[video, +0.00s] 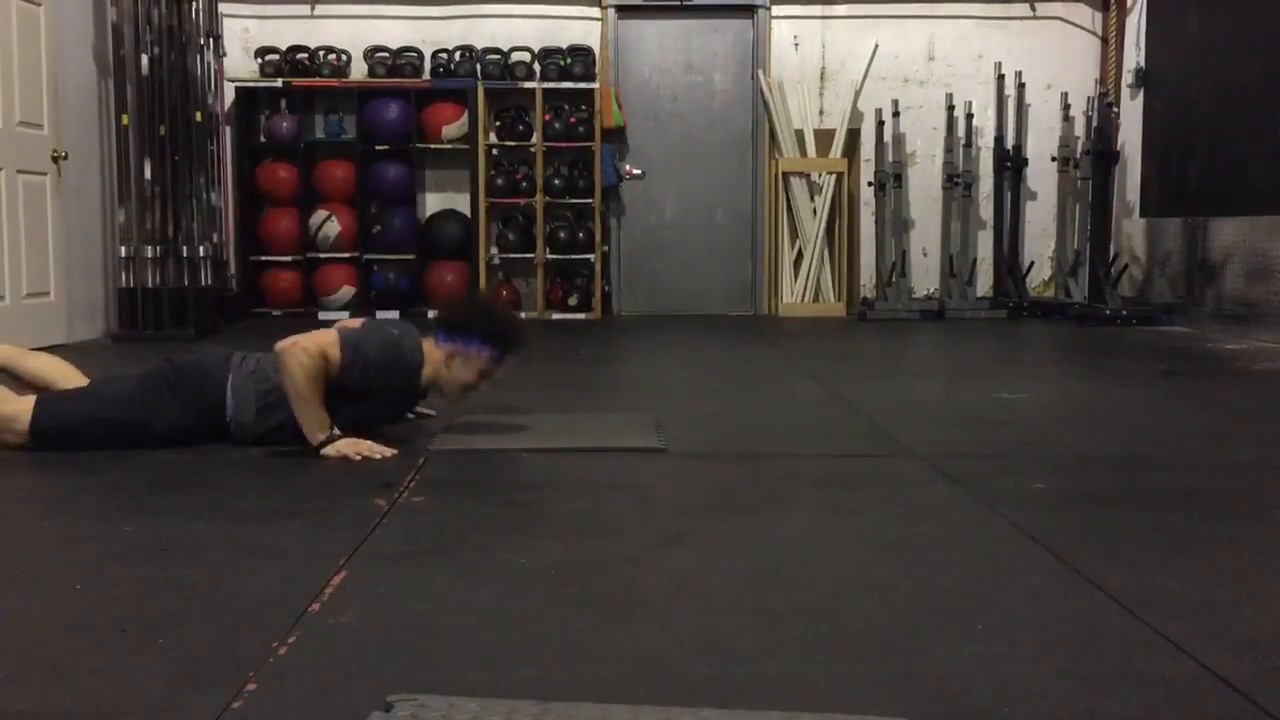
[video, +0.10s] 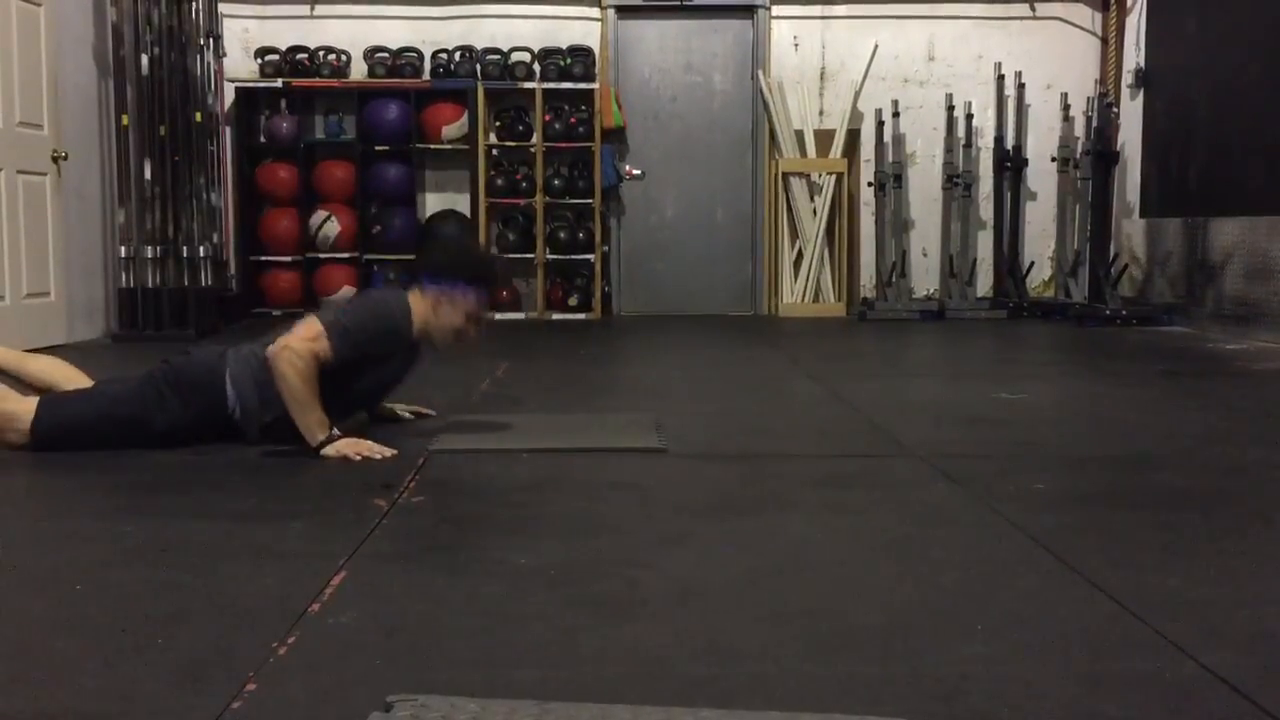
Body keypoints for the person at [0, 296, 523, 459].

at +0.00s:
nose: (480, 385)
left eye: (487, 376)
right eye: (482, 371)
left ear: (459, 347)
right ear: (457, 348)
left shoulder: (411, 356)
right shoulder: (398, 349)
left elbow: (322, 356)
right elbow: (295, 352)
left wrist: (374, 412)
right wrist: (327, 437)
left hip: (220, 388)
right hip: (207, 396)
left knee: (84, 396)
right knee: (23, 418)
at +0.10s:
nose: (473, 323)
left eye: (478, 312)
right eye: (472, 310)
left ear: (446, 294)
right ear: (443, 294)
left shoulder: (405, 322)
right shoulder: (383, 318)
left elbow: (329, 359)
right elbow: (287, 354)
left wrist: (377, 403)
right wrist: (326, 439)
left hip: (225, 386)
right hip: (208, 393)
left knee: (85, 394)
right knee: (31, 421)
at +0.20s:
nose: (445, 280)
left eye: (452, 269)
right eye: (445, 266)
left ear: (424, 249)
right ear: (415, 243)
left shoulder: (379, 282)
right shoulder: (348, 270)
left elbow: (356, 348)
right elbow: (287, 348)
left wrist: (377, 405)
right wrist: (324, 439)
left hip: (210, 377)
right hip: (193, 376)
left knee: (83, 397)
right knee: (26, 423)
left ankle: (1, 361)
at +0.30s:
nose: (435, 257)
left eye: (443, 249)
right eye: (439, 245)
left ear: (416, 220)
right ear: (416, 221)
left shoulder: (364, 251)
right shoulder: (336, 241)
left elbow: (363, 326)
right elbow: (305, 337)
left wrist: (373, 396)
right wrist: (326, 437)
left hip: (189, 330)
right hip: (175, 332)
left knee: (65, 368)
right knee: (33, 397)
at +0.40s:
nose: (440, 268)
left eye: (449, 262)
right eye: (447, 258)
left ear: (431, 225)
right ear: (433, 228)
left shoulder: (381, 239)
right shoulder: (353, 227)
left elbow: (376, 324)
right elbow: (324, 333)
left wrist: (381, 399)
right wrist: (327, 435)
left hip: (188, 280)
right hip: (169, 259)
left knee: (55, 341)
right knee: (33, 336)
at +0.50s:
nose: (409, 284)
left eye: (419, 281)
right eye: (418, 275)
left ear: (416, 237)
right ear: (413, 242)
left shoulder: (373, 228)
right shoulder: (339, 223)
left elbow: (365, 316)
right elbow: (314, 331)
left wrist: (375, 395)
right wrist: (326, 436)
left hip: (200, 207)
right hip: (163, 169)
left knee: (160, 302)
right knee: (51, 290)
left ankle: (56, 329)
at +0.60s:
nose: (369, 281)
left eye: (378, 280)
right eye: (375, 274)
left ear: (370, 240)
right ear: (368, 242)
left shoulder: (346, 226)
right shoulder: (304, 223)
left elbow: (352, 318)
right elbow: (302, 334)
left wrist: (375, 397)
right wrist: (326, 434)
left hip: (197, 143)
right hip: (148, 126)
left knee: (238, 268)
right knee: (72, 272)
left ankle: (170, 360)